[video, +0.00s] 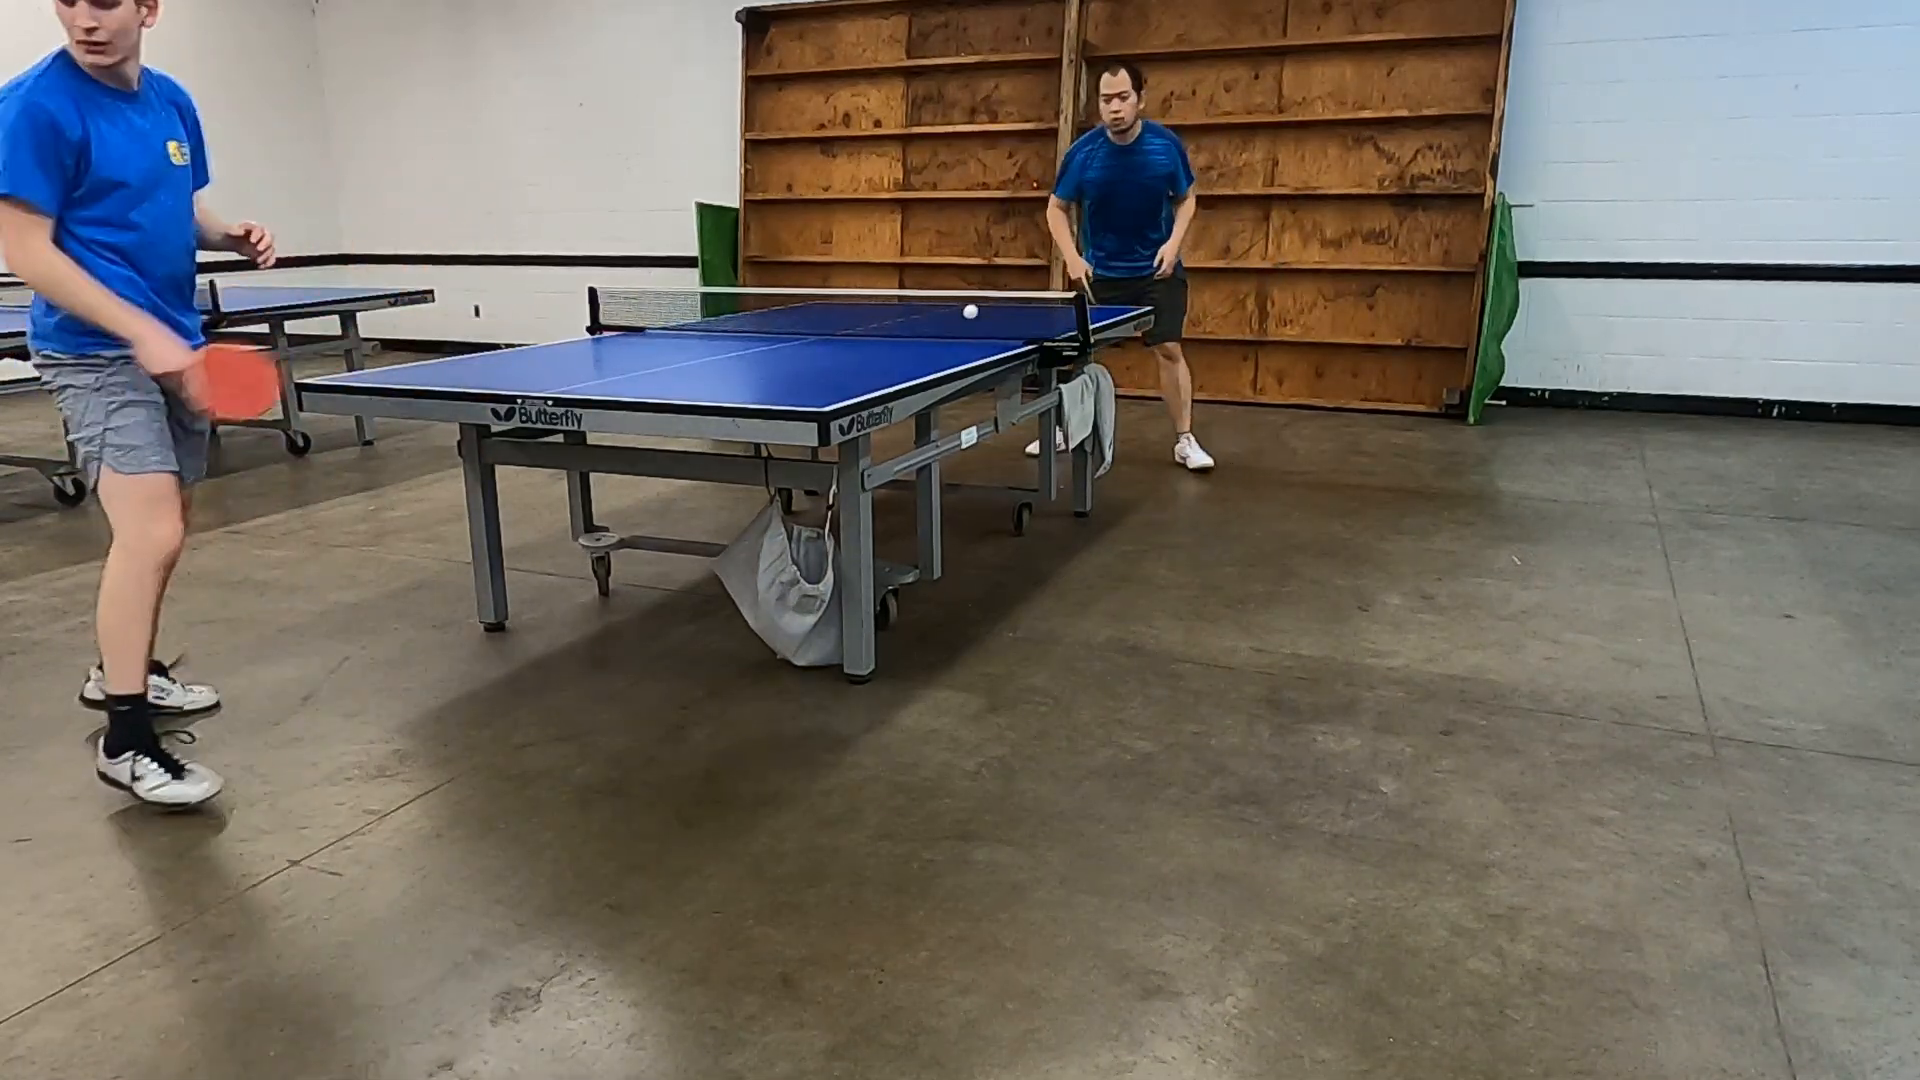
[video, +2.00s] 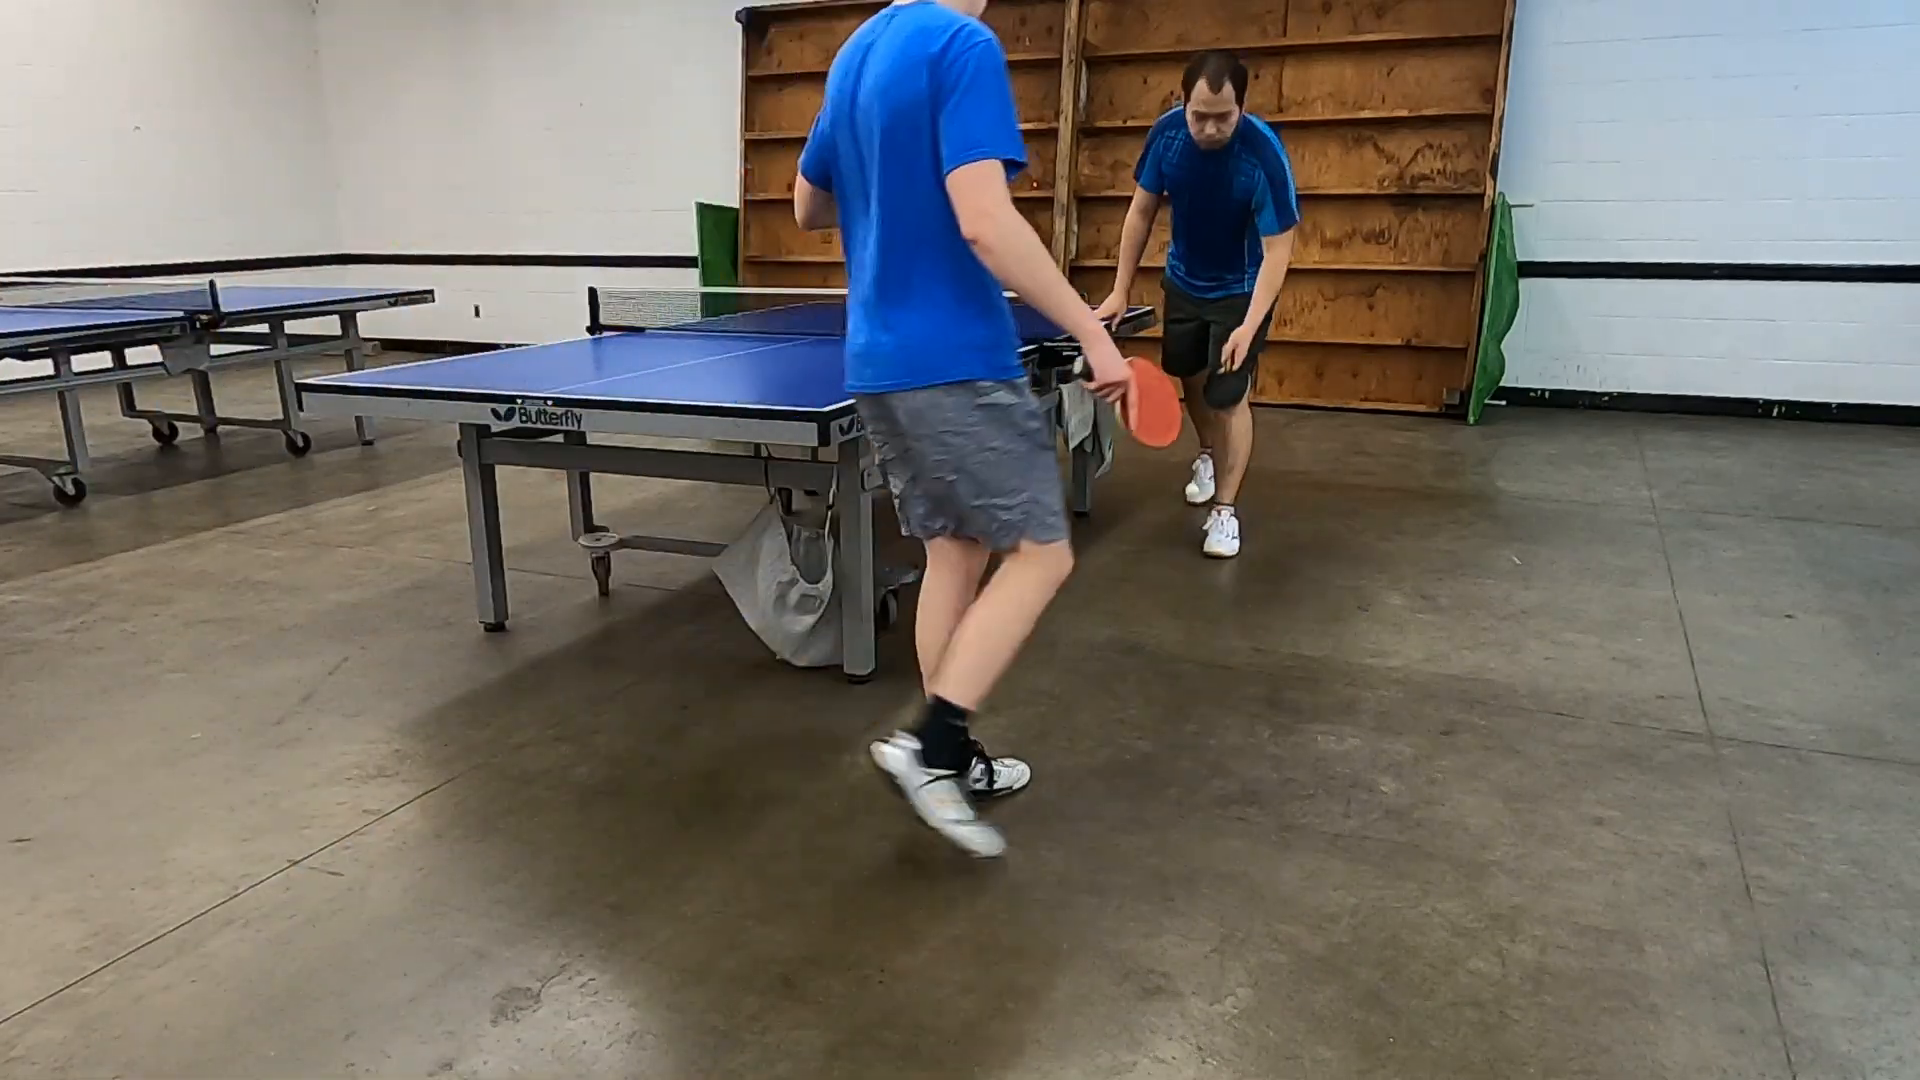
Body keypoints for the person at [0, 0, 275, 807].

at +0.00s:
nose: (85, 19)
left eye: (106, 2)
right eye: (70, 3)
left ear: (148, 10)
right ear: (55, 9)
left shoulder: (172, 102)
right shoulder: (37, 106)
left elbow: (177, 211)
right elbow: (23, 248)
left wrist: (229, 232)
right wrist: (142, 328)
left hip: (170, 342)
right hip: (93, 351)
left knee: (160, 526)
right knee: (150, 534)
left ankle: (126, 670)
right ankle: (126, 743)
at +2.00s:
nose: (1000, 15)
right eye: (1001, 11)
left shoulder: (855, 52)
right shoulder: (964, 42)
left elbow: (811, 205)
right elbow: (984, 217)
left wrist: (910, 208)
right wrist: (1092, 333)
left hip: (880, 362)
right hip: (957, 359)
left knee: (952, 550)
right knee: (1043, 553)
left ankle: (955, 755)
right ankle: (931, 742)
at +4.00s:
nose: (765, 119)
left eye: (763, 107)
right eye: (768, 105)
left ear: (776, 93)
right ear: (848, 69)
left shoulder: (770, 144)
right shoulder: (938, 108)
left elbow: (778, 339)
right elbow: (1025, 273)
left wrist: (787, 460)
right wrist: (1046, 390)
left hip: (872, 390)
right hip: (991, 375)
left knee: (816, 600)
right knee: (1015, 603)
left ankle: (775, 816)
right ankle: (1041, 829)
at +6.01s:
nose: (215, 29)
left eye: (212, 19)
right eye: (215, 17)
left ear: (120, 10)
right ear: (201, 10)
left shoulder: (55, 96)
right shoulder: (225, 98)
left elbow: (44, 250)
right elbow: (268, 256)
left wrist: (124, 259)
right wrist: (309, 316)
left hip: (130, 367)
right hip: (231, 360)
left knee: (157, 525)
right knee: (276, 534)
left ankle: (129, 715)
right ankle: (305, 724)